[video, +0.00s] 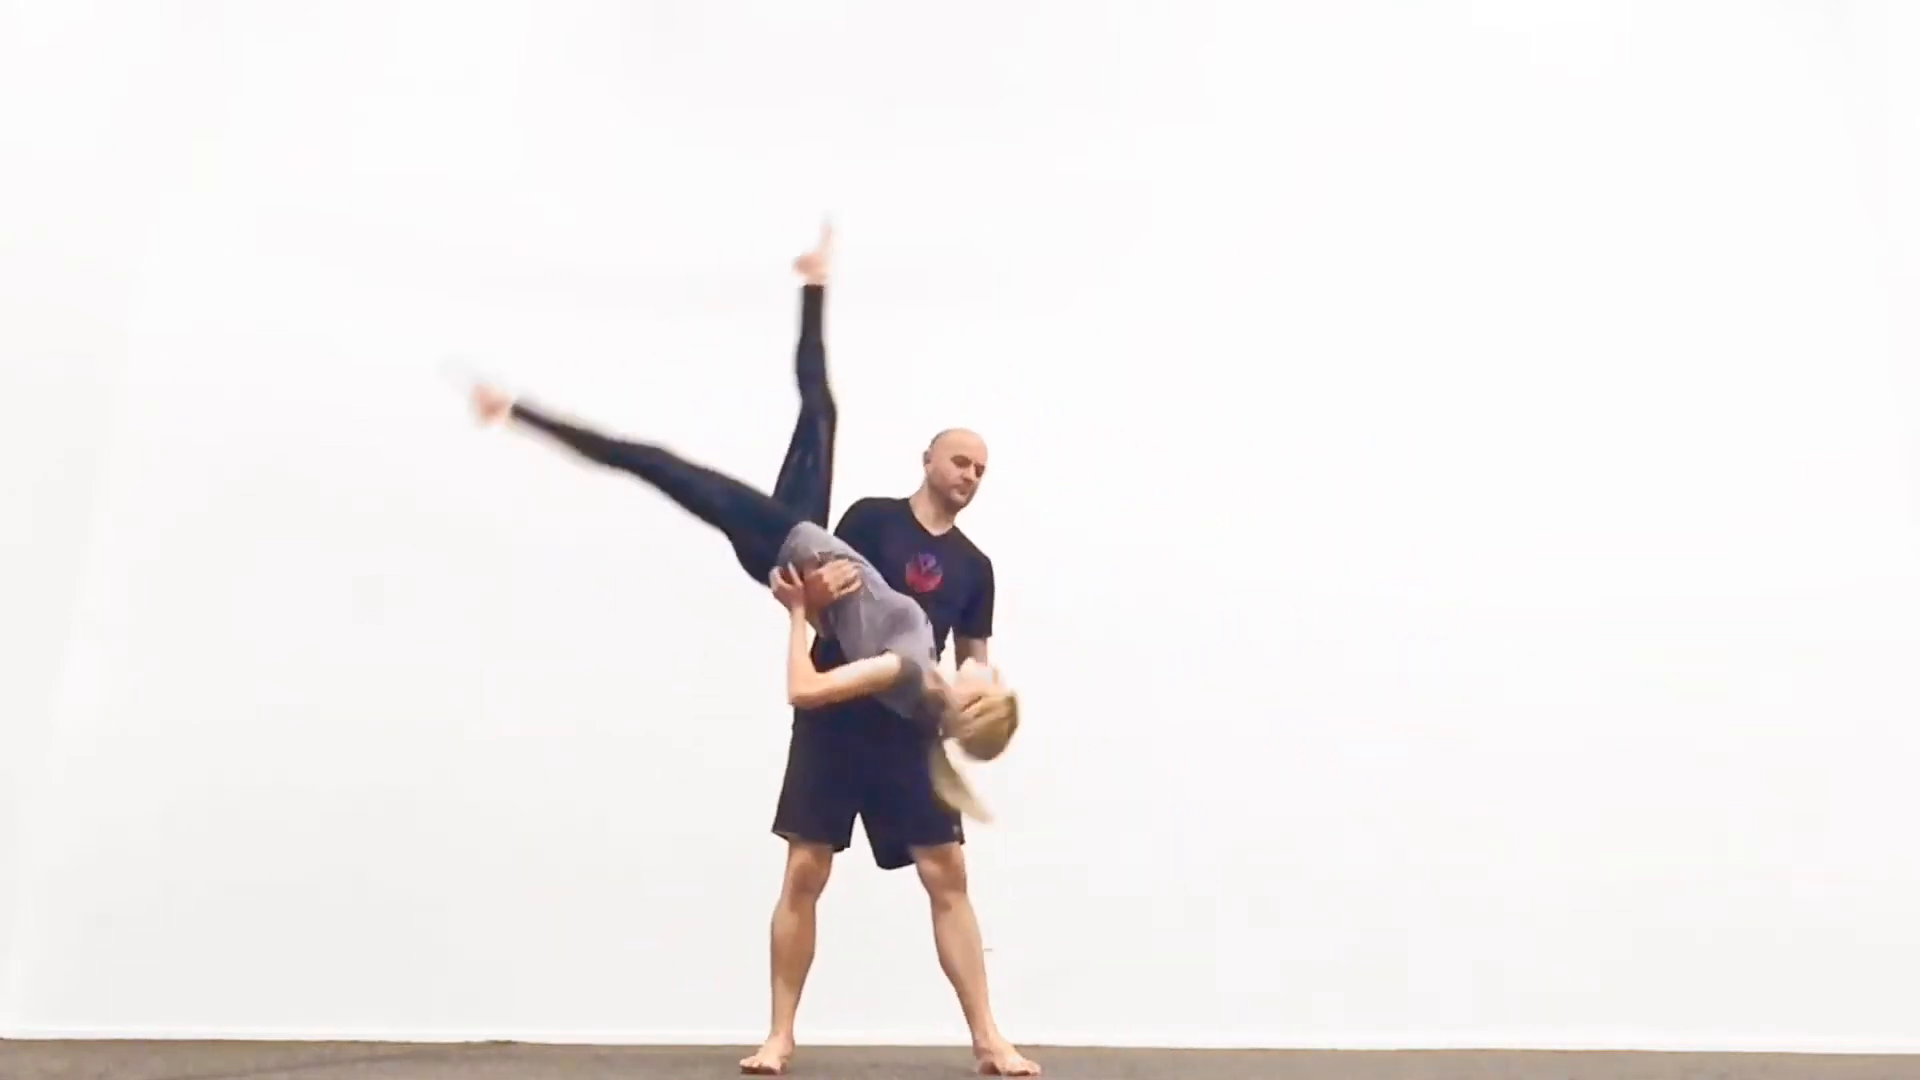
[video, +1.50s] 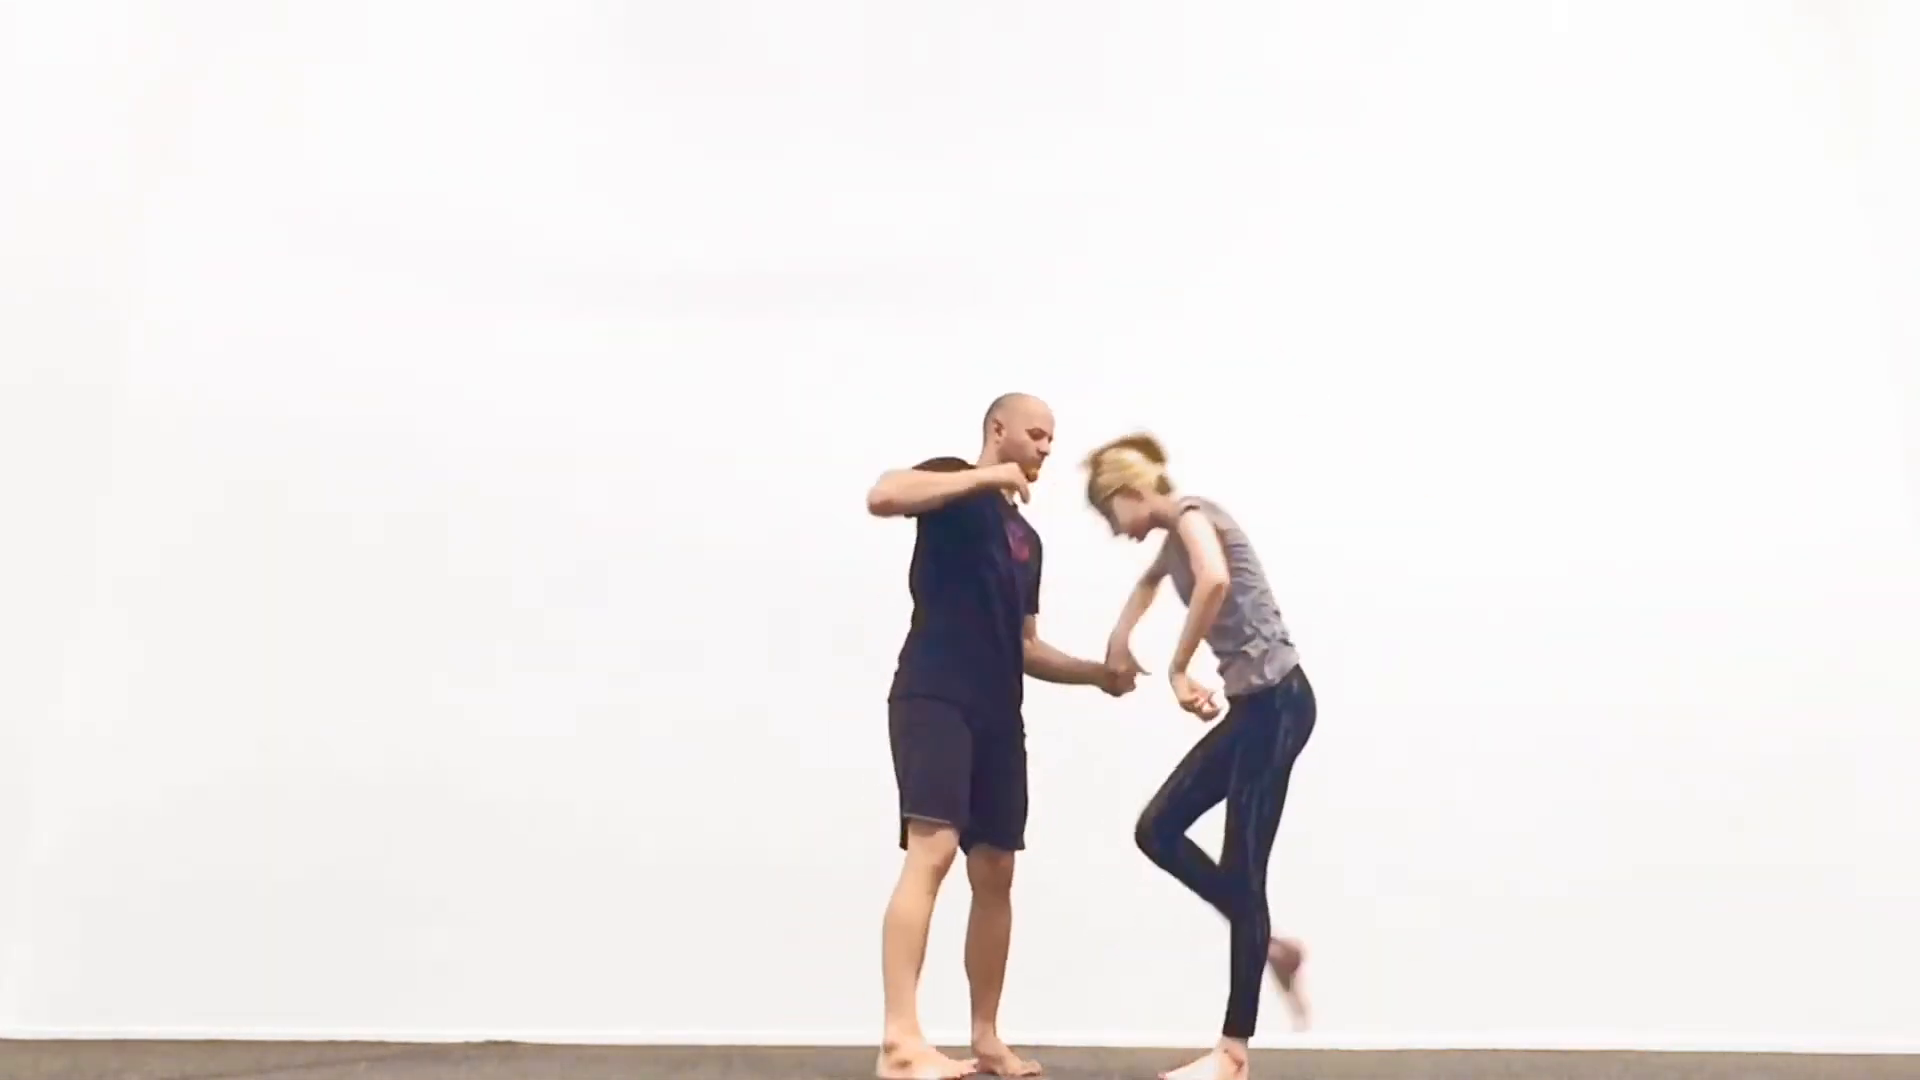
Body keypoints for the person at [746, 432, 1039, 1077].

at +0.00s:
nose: (971, 477)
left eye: (979, 470)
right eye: (961, 462)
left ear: (981, 481)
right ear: (928, 459)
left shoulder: (974, 566)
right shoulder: (866, 519)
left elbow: (975, 659)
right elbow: (789, 586)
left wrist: (970, 708)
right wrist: (809, 593)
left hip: (911, 730)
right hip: (833, 719)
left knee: (947, 873)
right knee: (805, 873)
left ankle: (988, 1039)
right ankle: (779, 1037)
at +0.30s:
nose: (984, 500)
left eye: (993, 495)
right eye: (981, 485)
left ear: (988, 501)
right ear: (950, 475)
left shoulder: (966, 580)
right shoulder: (877, 517)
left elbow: (957, 677)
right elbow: (796, 587)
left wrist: (944, 693)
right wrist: (796, 551)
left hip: (894, 712)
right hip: (817, 701)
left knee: (935, 868)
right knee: (794, 872)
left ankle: (985, 1035)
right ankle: (777, 1037)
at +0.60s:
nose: (1013, 519)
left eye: (1019, 511)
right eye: (1005, 503)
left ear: (1016, 514)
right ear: (967, 490)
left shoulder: (992, 595)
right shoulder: (909, 508)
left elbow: (958, 724)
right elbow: (833, 573)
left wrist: (971, 685)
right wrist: (894, 567)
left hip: (918, 727)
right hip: (833, 712)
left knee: (967, 861)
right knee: (806, 875)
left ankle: (990, 1037)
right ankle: (777, 1038)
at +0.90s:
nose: (1050, 502)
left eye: (1055, 496)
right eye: (1044, 488)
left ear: (1021, 486)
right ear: (1006, 474)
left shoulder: (1008, 575)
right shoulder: (963, 512)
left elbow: (995, 655)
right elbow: (971, 595)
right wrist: (1053, 641)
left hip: (950, 724)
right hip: (883, 715)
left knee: (1001, 864)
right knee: (833, 876)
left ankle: (991, 1038)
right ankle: (782, 1034)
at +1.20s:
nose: (1066, 471)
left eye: (1071, 466)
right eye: (1059, 457)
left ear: (1056, 473)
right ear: (1021, 446)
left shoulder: (1033, 561)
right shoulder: (983, 476)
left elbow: (1021, 662)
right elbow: (978, 497)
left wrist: (1080, 696)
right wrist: (1074, 543)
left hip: (982, 706)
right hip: (917, 692)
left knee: (1000, 864)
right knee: (890, 849)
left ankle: (990, 1040)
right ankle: (816, 1004)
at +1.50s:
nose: (1047, 449)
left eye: (1050, 440)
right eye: (1037, 435)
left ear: (1040, 446)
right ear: (997, 429)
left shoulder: (1028, 540)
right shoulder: (952, 479)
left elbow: (1026, 649)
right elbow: (883, 496)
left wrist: (1100, 672)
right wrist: (984, 478)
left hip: (1000, 709)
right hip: (935, 695)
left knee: (994, 870)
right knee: (932, 849)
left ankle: (987, 1041)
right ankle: (901, 1043)